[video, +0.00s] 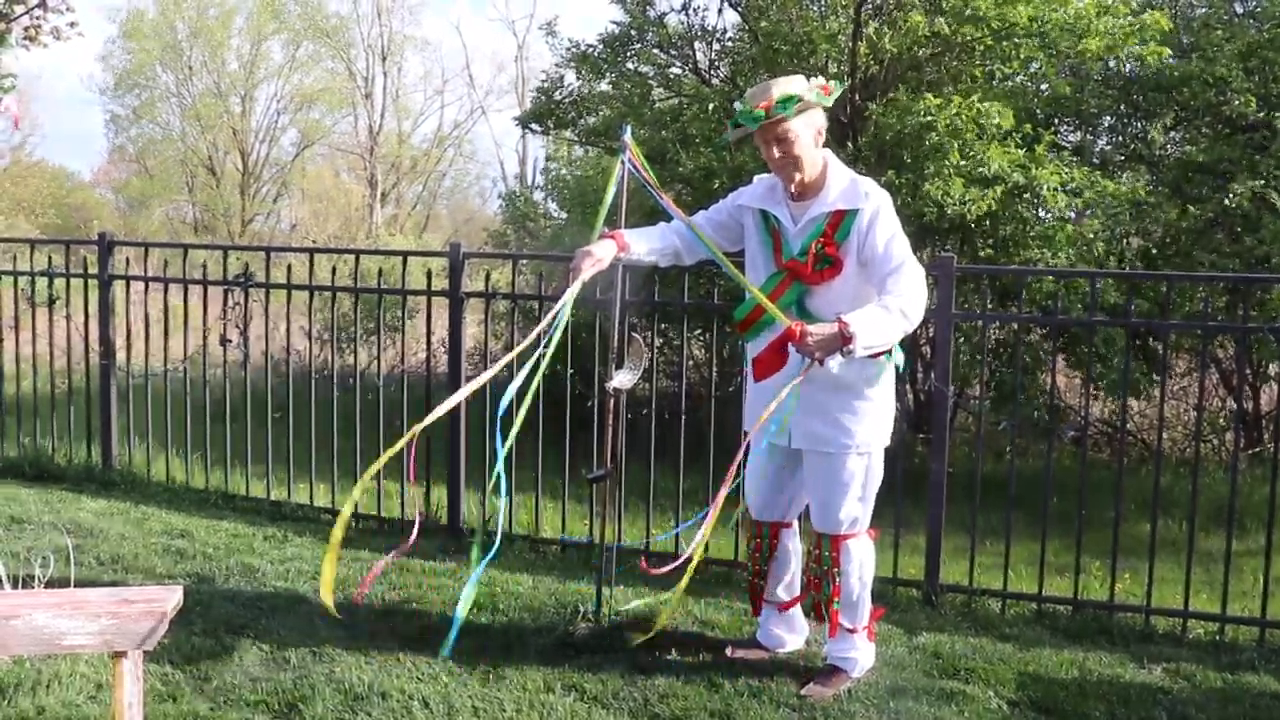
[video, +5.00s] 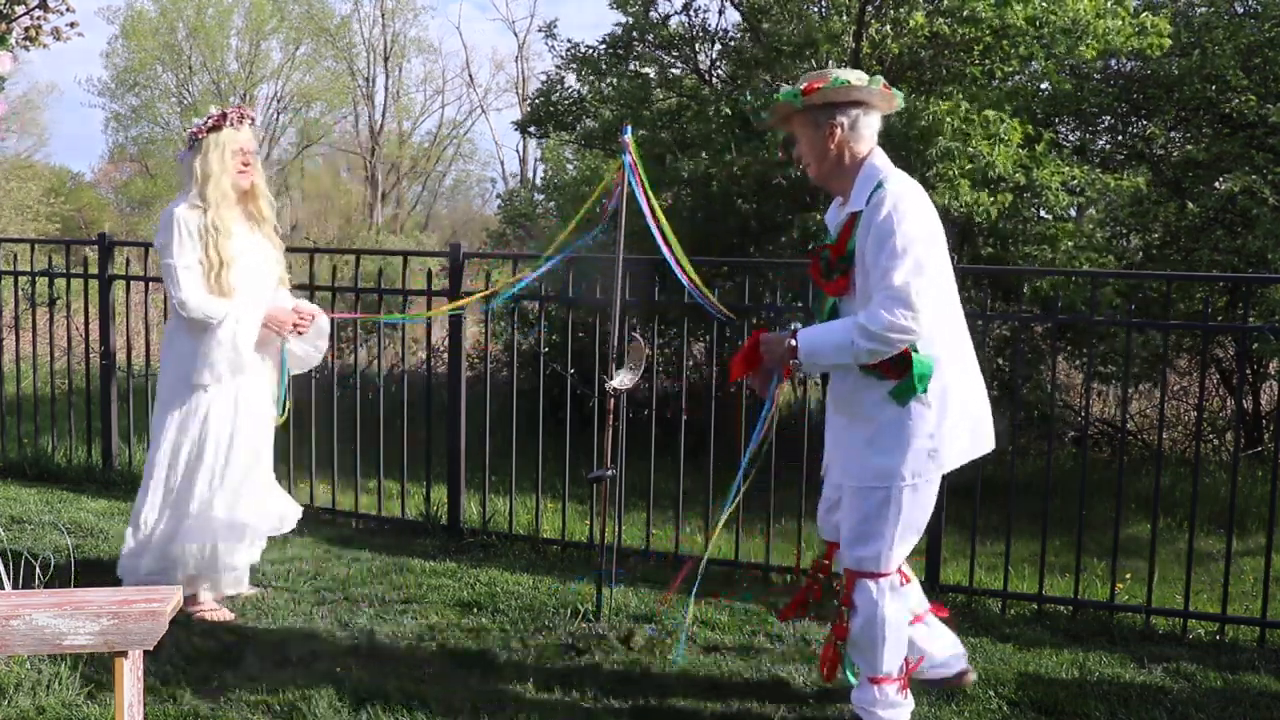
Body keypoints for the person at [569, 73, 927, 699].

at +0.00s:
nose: (776, 154)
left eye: (787, 140)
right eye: (765, 144)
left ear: (821, 132)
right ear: (758, 145)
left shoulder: (866, 205)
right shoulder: (754, 201)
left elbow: (908, 294)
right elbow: (684, 237)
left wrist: (847, 331)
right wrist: (615, 244)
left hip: (849, 394)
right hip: (773, 384)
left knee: (842, 525)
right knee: (770, 510)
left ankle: (848, 655)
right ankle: (778, 635)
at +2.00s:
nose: (772, 155)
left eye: (782, 141)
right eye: (765, 144)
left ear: (822, 135)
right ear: (763, 146)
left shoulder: (874, 205)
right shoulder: (759, 202)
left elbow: (917, 294)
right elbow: (688, 235)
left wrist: (860, 334)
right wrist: (616, 244)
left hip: (853, 391)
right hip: (776, 384)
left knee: (846, 524)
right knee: (774, 511)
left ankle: (849, 656)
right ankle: (778, 634)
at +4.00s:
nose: (730, 162)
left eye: (737, 149)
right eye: (728, 150)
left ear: (780, 144)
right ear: (768, 149)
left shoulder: (850, 205)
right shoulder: (741, 208)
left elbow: (900, 295)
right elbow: (664, 242)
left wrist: (842, 352)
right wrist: (575, 248)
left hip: (851, 387)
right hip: (780, 381)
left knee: (845, 523)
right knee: (761, 504)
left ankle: (851, 657)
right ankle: (785, 630)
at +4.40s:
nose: (719, 167)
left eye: (724, 153)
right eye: (716, 155)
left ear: (764, 144)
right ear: (752, 148)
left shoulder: (835, 206)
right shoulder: (747, 216)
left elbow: (882, 304)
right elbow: (696, 286)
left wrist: (818, 358)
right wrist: (617, 311)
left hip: (843, 379)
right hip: (777, 376)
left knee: (811, 513)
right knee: (767, 506)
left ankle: (874, 666)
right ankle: (801, 642)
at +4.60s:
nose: (732, 166)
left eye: (737, 151)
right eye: (729, 153)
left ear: (776, 147)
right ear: (774, 150)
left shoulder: (850, 215)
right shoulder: (767, 223)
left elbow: (881, 322)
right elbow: (746, 311)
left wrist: (803, 368)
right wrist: (681, 358)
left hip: (855, 400)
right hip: (795, 396)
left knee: (846, 537)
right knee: (776, 517)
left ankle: (878, 692)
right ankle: (797, 635)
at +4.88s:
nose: (773, 158)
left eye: (776, 142)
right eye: (770, 144)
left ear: (815, 139)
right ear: (817, 140)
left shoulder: (877, 205)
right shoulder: (830, 213)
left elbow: (886, 325)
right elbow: (828, 319)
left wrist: (792, 355)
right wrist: (769, 352)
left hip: (893, 412)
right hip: (846, 408)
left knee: (867, 557)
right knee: (811, 518)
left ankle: (882, 703)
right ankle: (841, 642)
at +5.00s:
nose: (795, 158)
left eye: (798, 141)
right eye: (791, 143)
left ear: (837, 133)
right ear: (839, 135)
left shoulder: (895, 204)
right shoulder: (853, 209)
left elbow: (899, 324)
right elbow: (862, 322)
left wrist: (796, 346)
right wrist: (792, 352)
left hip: (904, 417)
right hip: (865, 412)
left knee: (870, 555)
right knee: (841, 528)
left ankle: (879, 702)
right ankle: (934, 651)